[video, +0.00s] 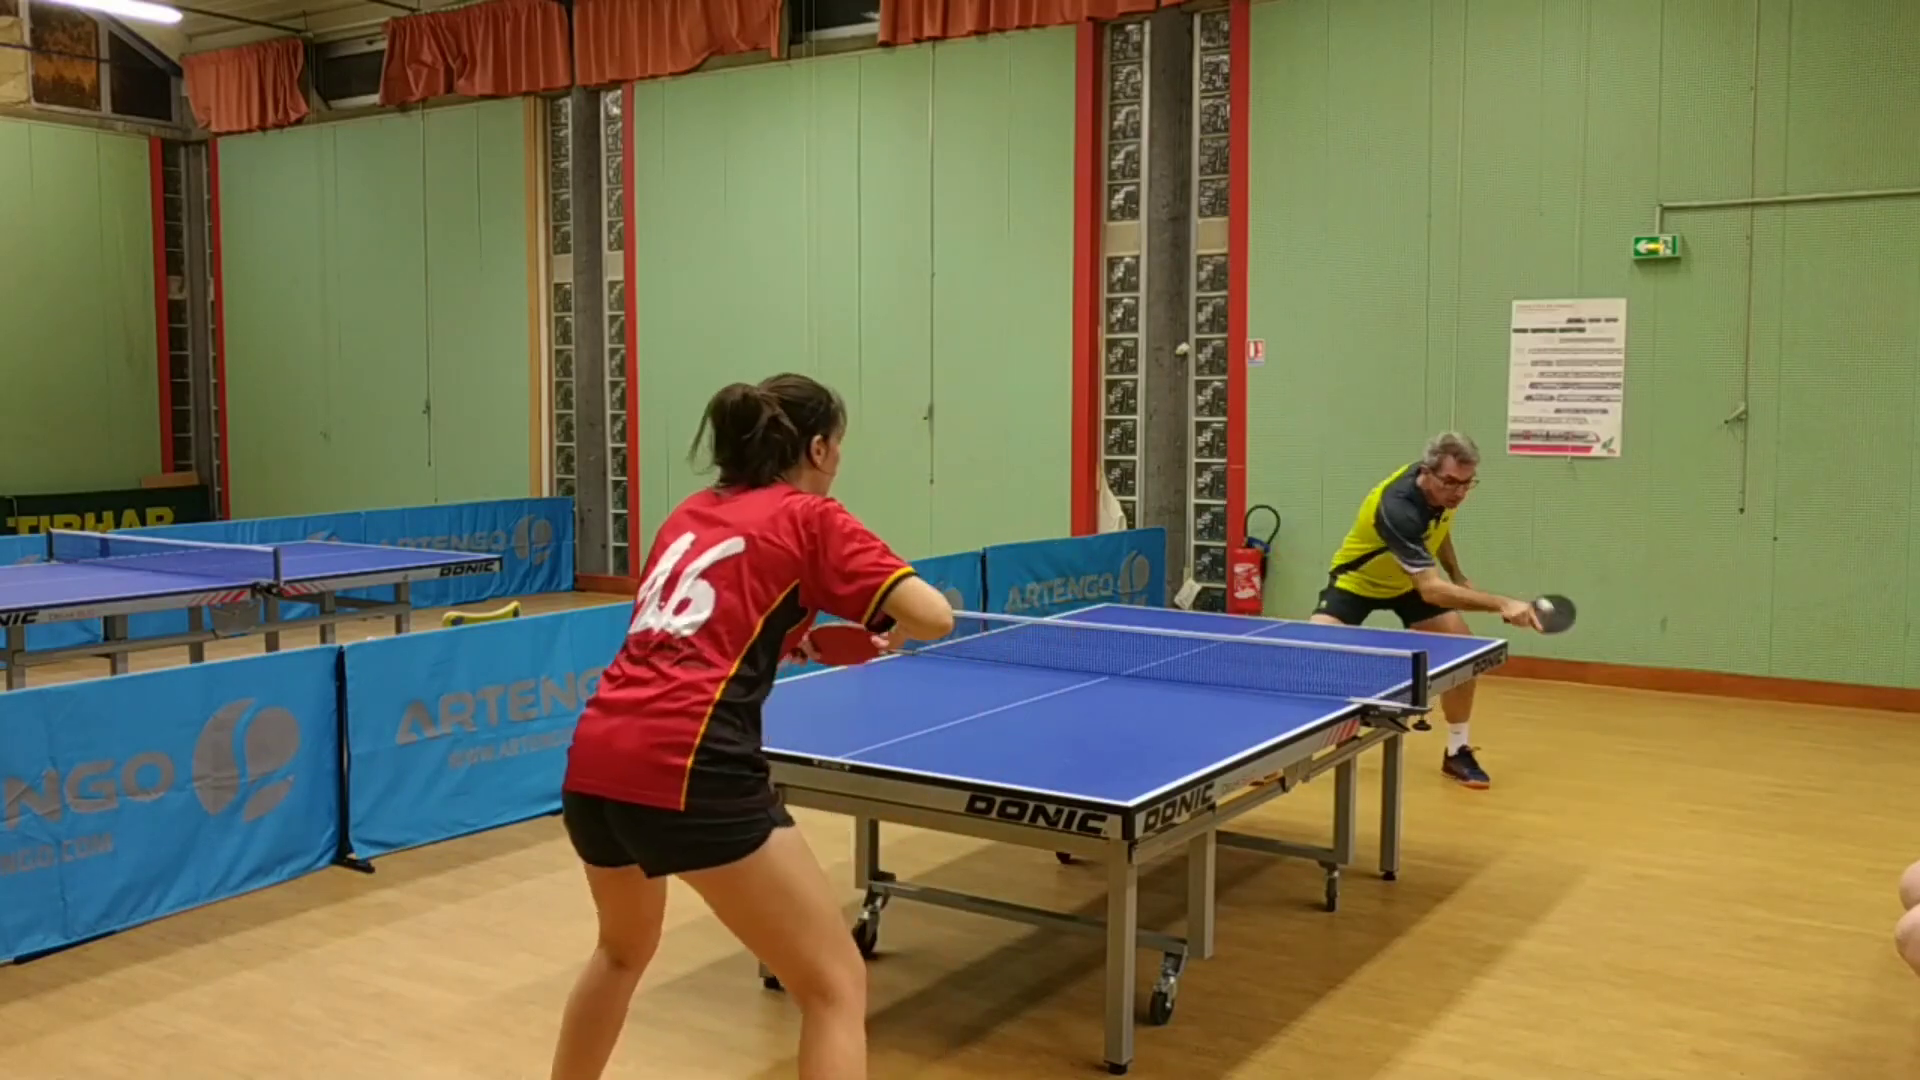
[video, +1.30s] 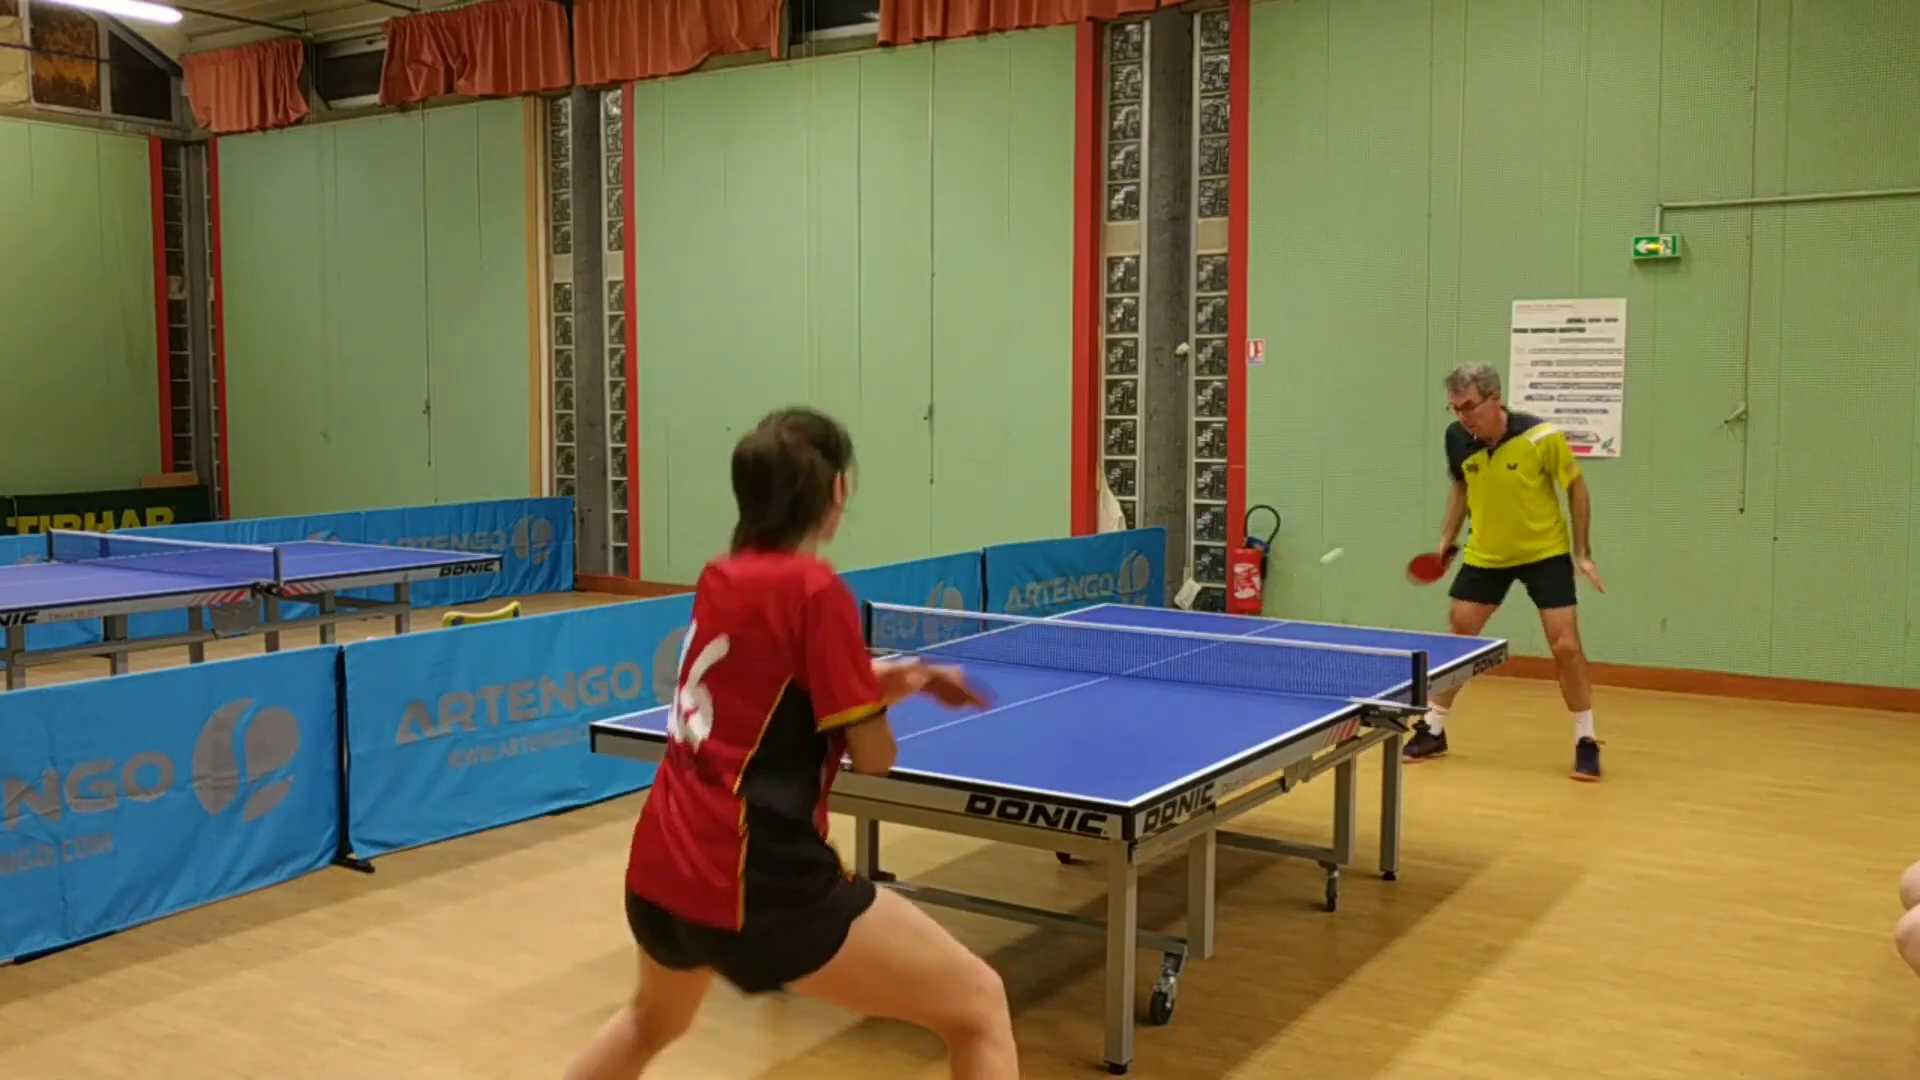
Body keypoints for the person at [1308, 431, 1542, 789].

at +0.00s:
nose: (1459, 492)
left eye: (1466, 484)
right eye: (1451, 483)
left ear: (1473, 479)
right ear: (1426, 473)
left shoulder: (1445, 494)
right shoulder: (1398, 508)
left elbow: (1439, 533)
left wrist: (1457, 577)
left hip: (1410, 583)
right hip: (1356, 583)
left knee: (1460, 649)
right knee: (1314, 650)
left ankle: (1458, 751)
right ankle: (1276, 754)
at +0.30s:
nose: (1463, 462)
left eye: (1474, 455)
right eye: (1456, 450)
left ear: (1486, 454)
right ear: (1443, 442)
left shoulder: (1479, 476)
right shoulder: (1416, 477)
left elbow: (1463, 524)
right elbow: (1410, 542)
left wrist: (1471, 572)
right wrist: (1446, 579)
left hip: (1431, 577)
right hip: (1379, 573)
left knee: (1472, 652)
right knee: (1337, 651)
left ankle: (1459, 751)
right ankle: (1287, 751)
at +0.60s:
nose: (1426, 434)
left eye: (1436, 425)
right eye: (1420, 424)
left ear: (1455, 423)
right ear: (1411, 420)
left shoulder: (1470, 455)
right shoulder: (1388, 462)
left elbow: (1473, 508)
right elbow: (1359, 533)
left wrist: (1489, 567)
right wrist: (1386, 576)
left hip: (1449, 565)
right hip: (1391, 569)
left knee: (1496, 644)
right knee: (1354, 647)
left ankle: (1487, 741)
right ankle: (1340, 743)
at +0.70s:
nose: (1414, 440)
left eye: (1424, 430)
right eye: (1408, 429)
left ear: (1445, 429)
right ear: (1400, 427)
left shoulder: (1468, 463)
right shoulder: (1378, 473)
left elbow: (1484, 517)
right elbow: (1350, 538)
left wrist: (1503, 575)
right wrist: (1363, 583)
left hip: (1457, 573)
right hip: (1395, 575)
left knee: (1511, 653)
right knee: (1357, 644)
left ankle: (1534, 739)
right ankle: (1341, 743)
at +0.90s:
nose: (1425, 441)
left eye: (1435, 431)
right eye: (1419, 432)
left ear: (1457, 429)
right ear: (1412, 432)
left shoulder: (1494, 467)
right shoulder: (1404, 476)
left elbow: (1530, 521)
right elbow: (1385, 534)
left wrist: (1544, 587)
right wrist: (1371, 578)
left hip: (1495, 581)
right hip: (1433, 578)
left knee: (1548, 669)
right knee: (1391, 638)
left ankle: (1578, 748)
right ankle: (1344, 740)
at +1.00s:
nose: (1439, 435)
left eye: (1448, 424)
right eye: (1432, 425)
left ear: (1471, 421)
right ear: (1427, 426)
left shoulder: (1514, 456)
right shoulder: (1428, 466)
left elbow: (1555, 510)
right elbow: (1413, 523)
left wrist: (1558, 574)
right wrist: (1397, 565)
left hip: (1522, 570)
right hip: (1459, 567)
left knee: (1560, 665)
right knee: (1412, 628)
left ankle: (1583, 747)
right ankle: (1381, 726)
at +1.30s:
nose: (1463, 419)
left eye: (1470, 408)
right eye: (1457, 411)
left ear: (1496, 400)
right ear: (1453, 409)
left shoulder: (1541, 436)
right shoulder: (1458, 439)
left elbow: (1577, 490)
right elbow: (1461, 490)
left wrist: (1582, 553)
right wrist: (1447, 543)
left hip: (1544, 552)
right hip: (1487, 554)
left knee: (1565, 646)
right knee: (1459, 627)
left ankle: (1586, 740)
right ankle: (1433, 729)